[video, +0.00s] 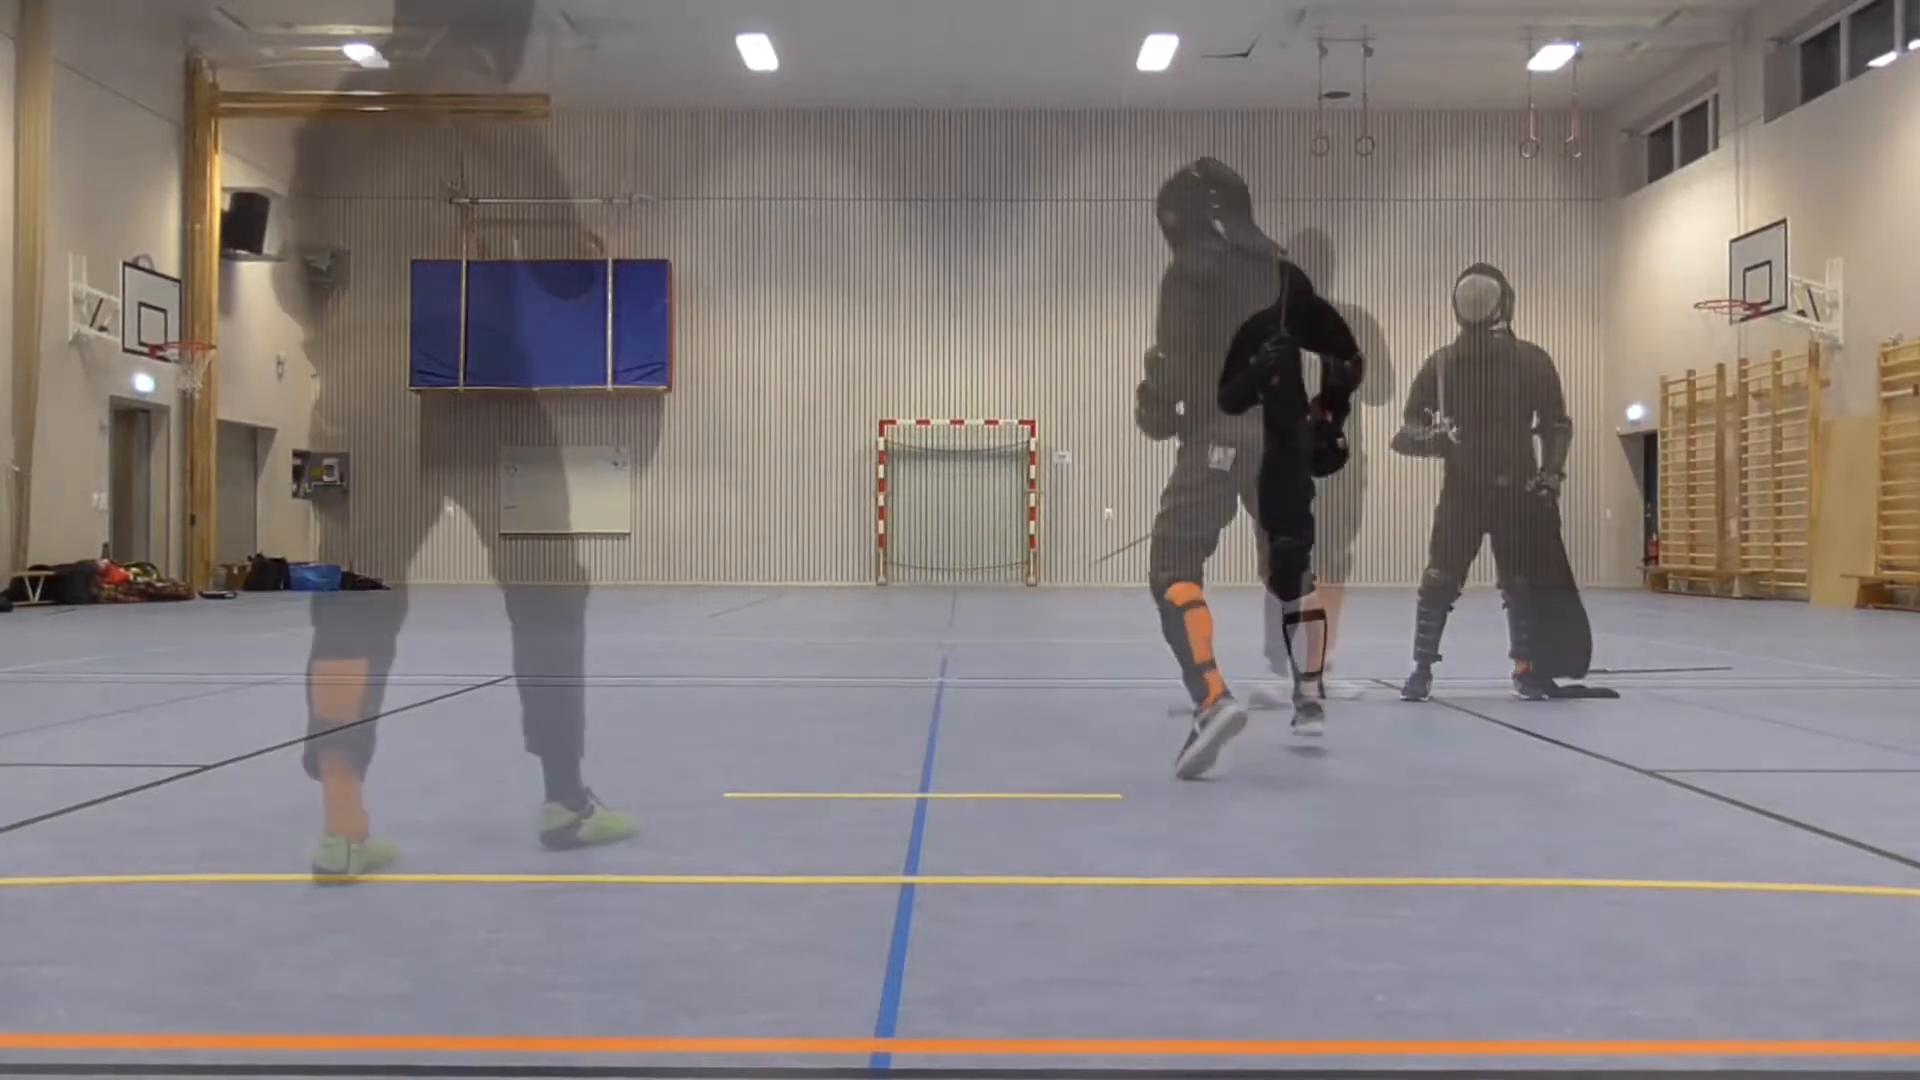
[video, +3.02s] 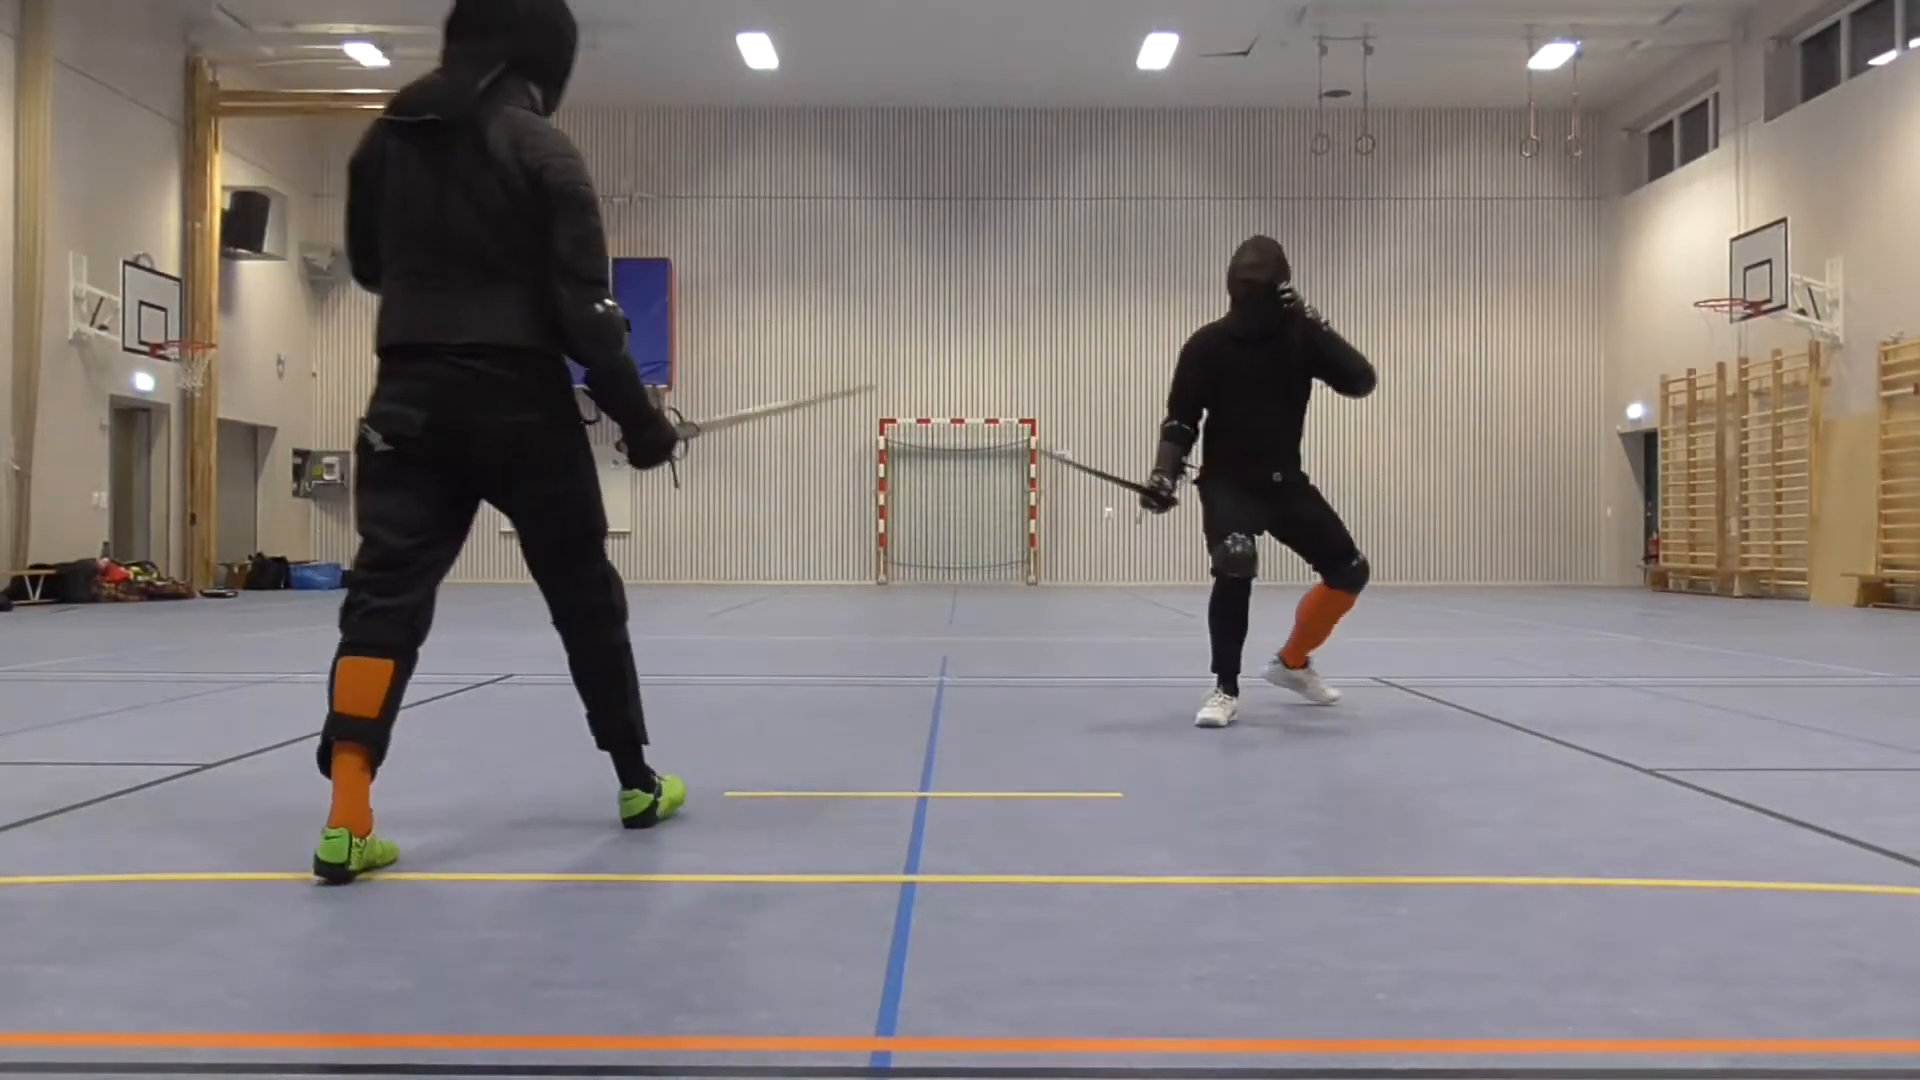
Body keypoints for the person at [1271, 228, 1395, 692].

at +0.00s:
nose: (1309, 272)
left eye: (1317, 260)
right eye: (1301, 260)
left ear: (1330, 265)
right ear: (1285, 266)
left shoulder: (1352, 321)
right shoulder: (1272, 320)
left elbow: (1382, 388)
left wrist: (1345, 370)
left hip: (1336, 456)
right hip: (1279, 454)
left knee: (1331, 556)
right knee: (1280, 552)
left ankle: (1321, 659)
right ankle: (1281, 653)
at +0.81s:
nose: (1308, 301)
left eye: (1315, 290)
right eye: (1299, 291)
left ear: (1332, 291)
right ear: (1288, 295)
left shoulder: (1363, 337)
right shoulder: (1269, 346)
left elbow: (1392, 394)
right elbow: (1234, 405)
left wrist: (1407, 427)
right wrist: (1201, 430)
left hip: (1355, 474)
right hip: (1298, 475)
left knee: (1357, 569)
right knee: (1298, 564)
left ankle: (1319, 671)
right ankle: (1285, 672)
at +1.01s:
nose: (1277, 341)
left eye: (1278, 331)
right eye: (1276, 331)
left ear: (1283, 328)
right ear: (1318, 320)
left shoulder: (1357, 358)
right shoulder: (1262, 375)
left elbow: (1414, 413)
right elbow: (1227, 439)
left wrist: (1477, 453)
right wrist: (1188, 488)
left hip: (1358, 483)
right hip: (1300, 486)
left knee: (1366, 572)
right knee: (1299, 569)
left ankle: (1319, 671)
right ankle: (1286, 675)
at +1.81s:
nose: (1292, 317)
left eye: (1297, 305)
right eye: (1288, 307)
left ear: (1307, 301)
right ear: (1322, 294)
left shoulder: (1362, 342)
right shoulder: (1268, 356)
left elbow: (1429, 371)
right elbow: (1209, 402)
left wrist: (1491, 392)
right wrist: (1163, 445)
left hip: (1367, 478)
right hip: (1309, 482)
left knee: (1361, 576)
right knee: (1304, 571)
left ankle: (1319, 670)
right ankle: (1287, 673)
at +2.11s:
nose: (1321, 287)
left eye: (1322, 278)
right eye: (1320, 278)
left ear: (1293, 281)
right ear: (1339, 279)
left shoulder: (1366, 329)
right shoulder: (1277, 338)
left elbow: (1434, 361)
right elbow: (1227, 389)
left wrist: (1437, 333)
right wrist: (1198, 377)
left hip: (1358, 473)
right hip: (1304, 473)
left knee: (1359, 572)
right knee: (1302, 558)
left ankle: (1318, 673)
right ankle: (1283, 674)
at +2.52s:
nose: (1317, 290)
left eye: (1325, 281)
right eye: (1309, 281)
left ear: (1338, 281)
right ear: (1293, 281)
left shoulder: (1358, 330)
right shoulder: (1272, 338)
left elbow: (1421, 350)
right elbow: (1251, 401)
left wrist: (1380, 297)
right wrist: (1237, 432)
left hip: (1347, 467)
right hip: (1292, 467)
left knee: (1360, 572)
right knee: (1290, 548)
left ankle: (1319, 671)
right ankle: (1265, 652)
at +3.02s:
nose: (1251, 293)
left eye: (1262, 283)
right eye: (1243, 283)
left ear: (1282, 285)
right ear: (1230, 286)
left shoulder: (1300, 337)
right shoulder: (1206, 347)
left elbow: (1362, 381)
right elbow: (1181, 420)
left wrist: (1312, 326)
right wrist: (1164, 473)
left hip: (1283, 479)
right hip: (1226, 482)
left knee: (1348, 573)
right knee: (1235, 565)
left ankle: (1292, 662)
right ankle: (1225, 691)